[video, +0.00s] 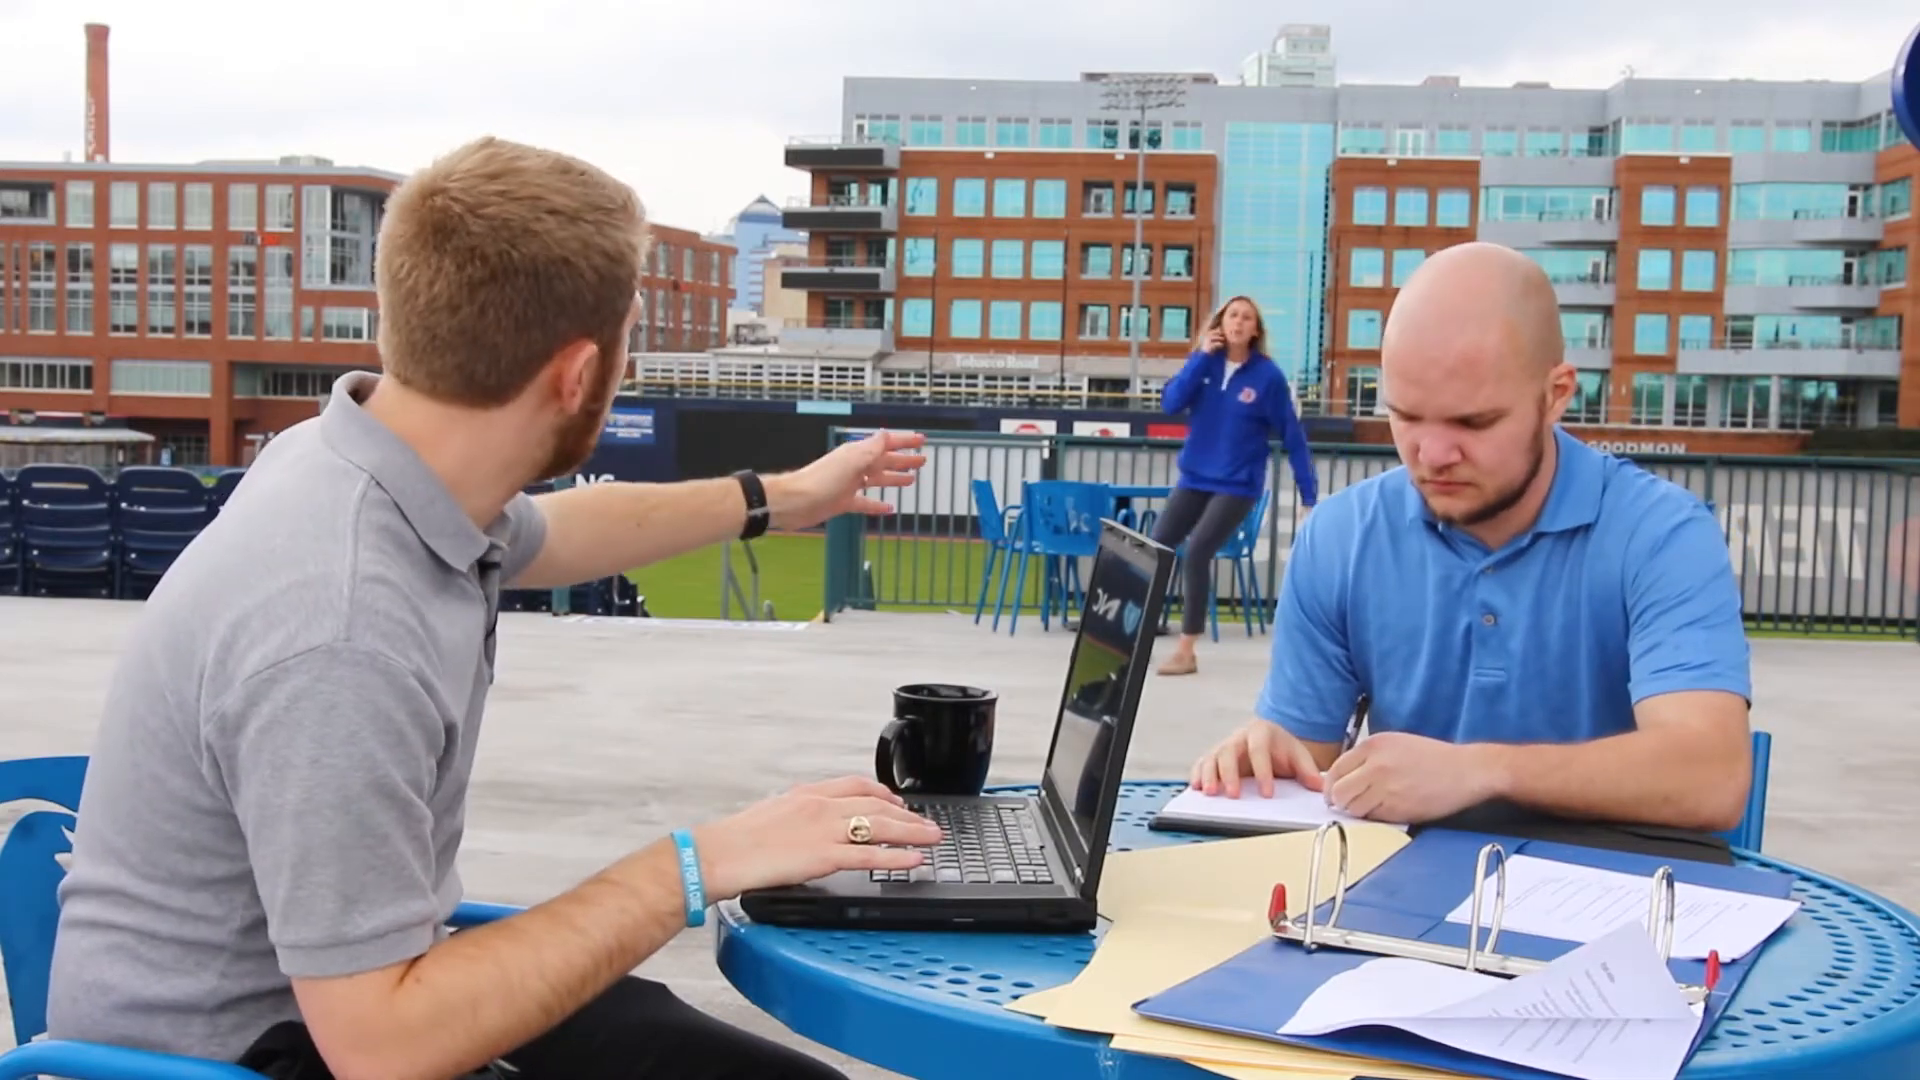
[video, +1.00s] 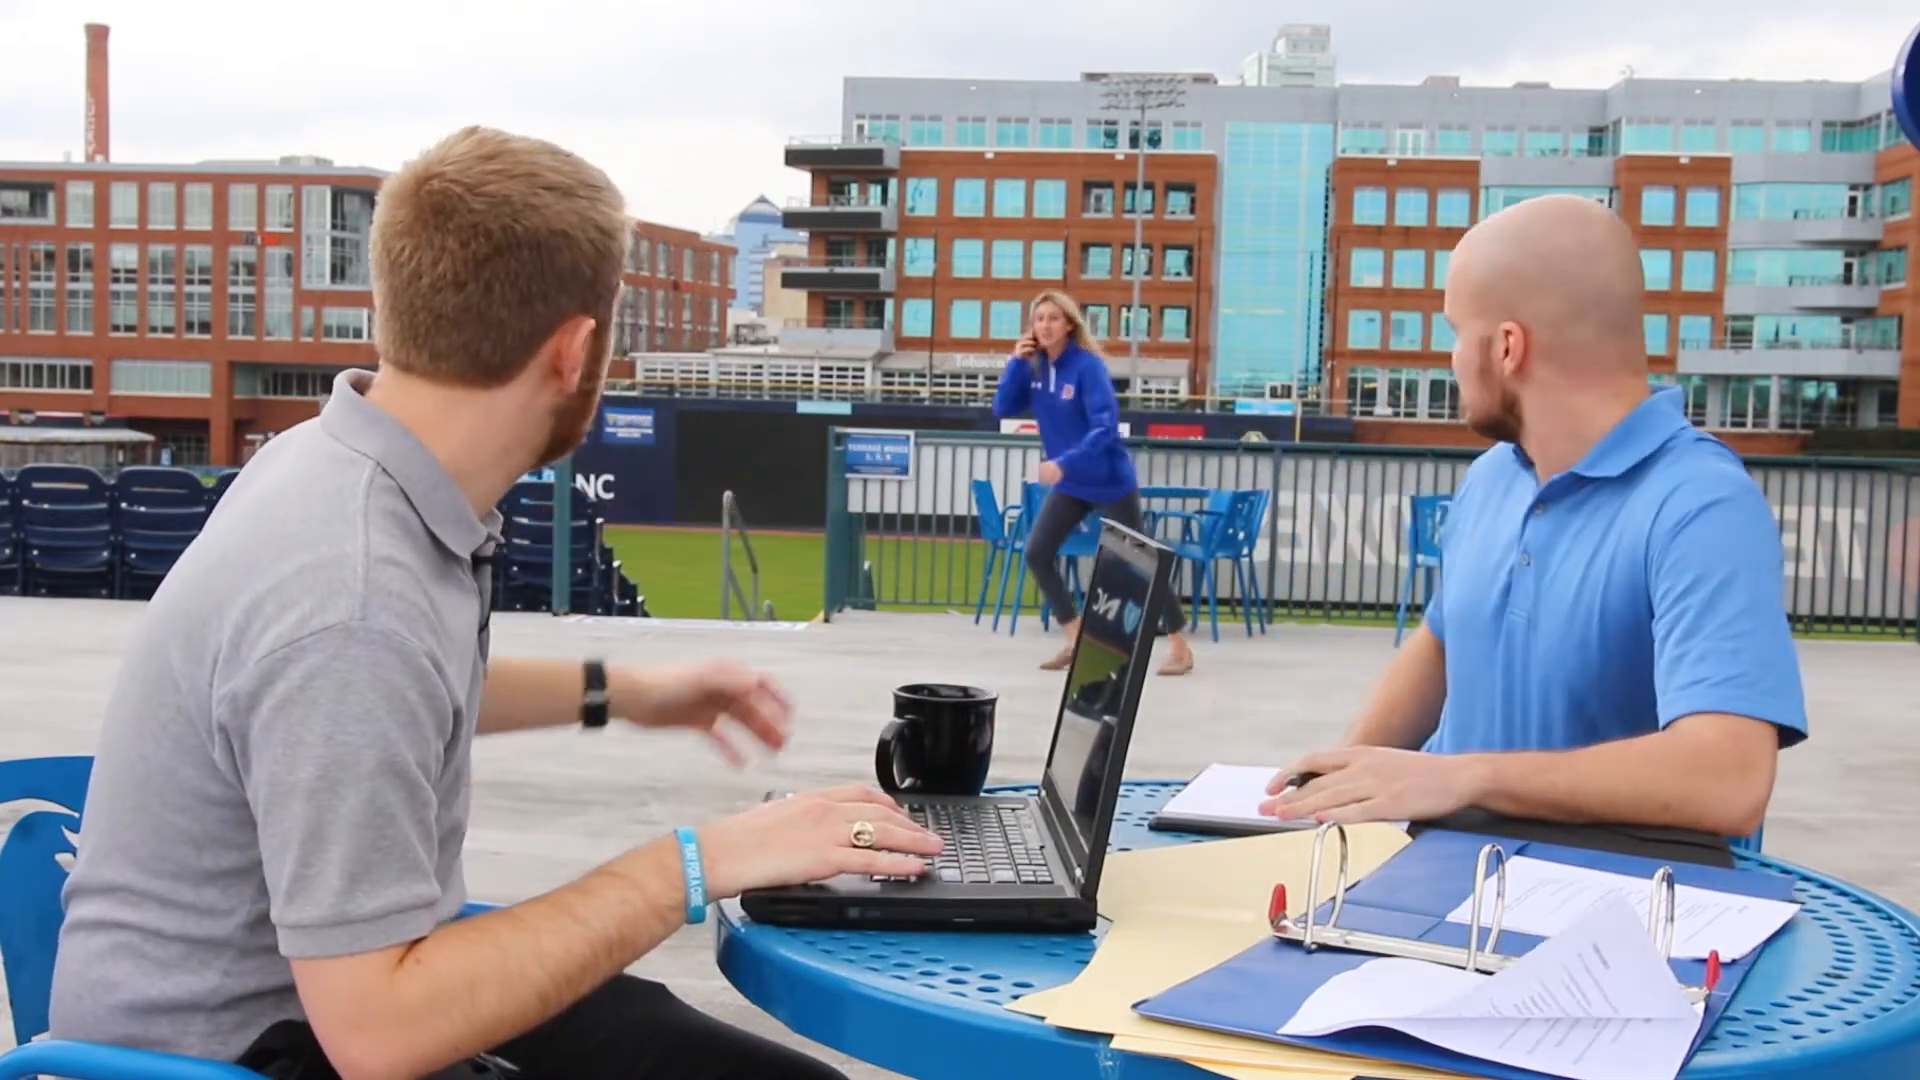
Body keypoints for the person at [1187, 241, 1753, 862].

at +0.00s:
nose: (1431, 456)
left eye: (1473, 422)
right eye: (1406, 418)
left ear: (1556, 394)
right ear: (1384, 385)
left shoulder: (1660, 535)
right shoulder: (1341, 537)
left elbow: (1705, 778)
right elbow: (1308, 754)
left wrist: (1477, 769)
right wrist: (1261, 751)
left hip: (1613, 902)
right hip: (1397, 886)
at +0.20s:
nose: (1436, 453)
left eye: (1477, 420)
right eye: (1410, 415)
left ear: (1560, 394)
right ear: (1389, 384)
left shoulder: (1661, 534)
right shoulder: (1344, 536)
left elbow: (1705, 777)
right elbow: (1308, 754)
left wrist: (1475, 769)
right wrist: (1261, 750)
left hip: (1611, 901)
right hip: (1397, 885)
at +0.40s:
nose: (1432, 440)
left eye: (1475, 408)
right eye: (1411, 401)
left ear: (1563, 393)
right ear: (1393, 378)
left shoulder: (1663, 534)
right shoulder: (1347, 535)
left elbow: (1705, 777)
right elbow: (1309, 751)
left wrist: (1474, 770)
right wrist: (1262, 748)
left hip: (1614, 903)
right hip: (1399, 887)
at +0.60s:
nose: (1417, 405)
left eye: (1458, 376)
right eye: (1411, 369)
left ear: (1565, 378)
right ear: (1401, 356)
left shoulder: (1680, 532)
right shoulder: (1372, 514)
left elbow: (1711, 778)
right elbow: (1308, 713)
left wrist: (1472, 776)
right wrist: (1263, 737)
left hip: (1623, 902)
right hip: (1409, 877)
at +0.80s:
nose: (1411, 366)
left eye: (1423, 342)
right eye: (1414, 342)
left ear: (1501, 361)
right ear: (1498, 360)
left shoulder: (1700, 515)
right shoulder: (1433, 487)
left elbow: (1722, 779)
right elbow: (1359, 658)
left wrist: (1459, 773)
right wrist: (1280, 740)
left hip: (1634, 918)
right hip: (1435, 886)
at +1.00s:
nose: (1454, 356)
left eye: (1459, 332)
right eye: (1454, 331)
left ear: (1510, 348)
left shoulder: (1701, 501)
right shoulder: (1492, 479)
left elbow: (1726, 779)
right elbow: (1438, 644)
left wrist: (1466, 774)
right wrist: (1355, 763)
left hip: (1638, 918)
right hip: (1455, 882)